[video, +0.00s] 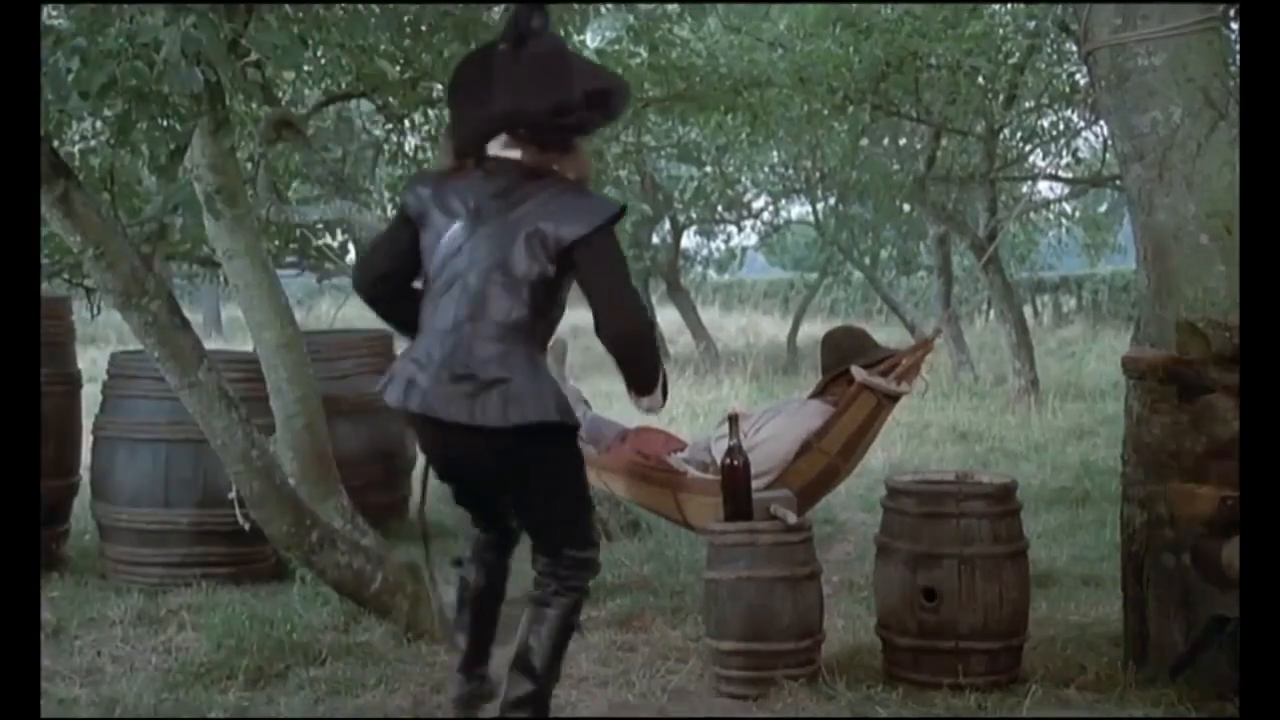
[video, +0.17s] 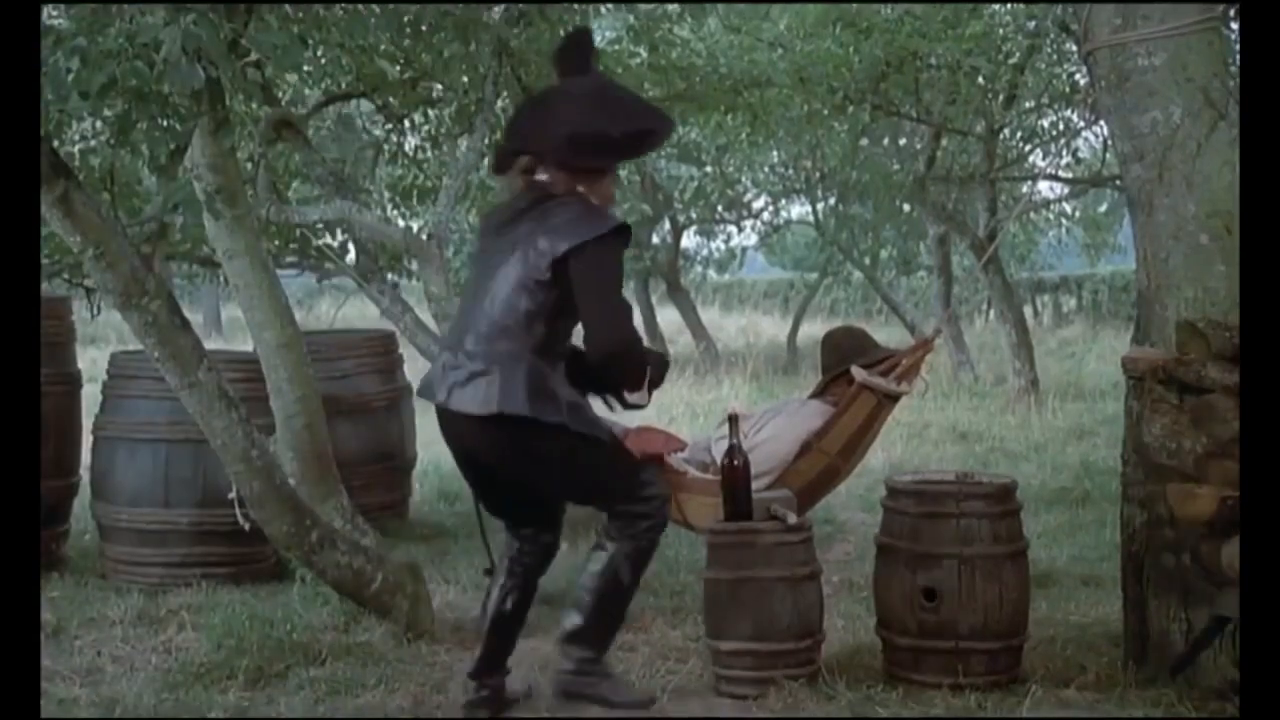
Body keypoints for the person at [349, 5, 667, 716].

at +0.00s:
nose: (589, 146)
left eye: (587, 132)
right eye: (583, 134)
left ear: (490, 129)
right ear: (562, 135)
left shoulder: (438, 193)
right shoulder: (573, 209)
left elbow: (373, 274)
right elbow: (621, 317)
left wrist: (432, 330)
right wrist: (646, 379)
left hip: (431, 410)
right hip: (519, 414)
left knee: (491, 528)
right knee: (568, 555)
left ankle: (469, 682)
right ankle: (525, 702)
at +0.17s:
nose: (615, 184)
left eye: (614, 169)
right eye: (612, 170)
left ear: (545, 160)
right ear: (592, 166)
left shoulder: (507, 216)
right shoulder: (587, 223)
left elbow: (526, 347)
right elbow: (611, 346)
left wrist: (602, 373)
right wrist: (641, 370)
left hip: (459, 411)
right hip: (519, 414)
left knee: (534, 531)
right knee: (642, 500)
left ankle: (486, 680)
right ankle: (582, 664)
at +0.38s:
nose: (680, 218)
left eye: (679, 204)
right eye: (677, 204)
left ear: (614, 195)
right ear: (663, 200)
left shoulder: (586, 240)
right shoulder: (645, 246)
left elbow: (637, 390)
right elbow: (659, 361)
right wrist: (696, 385)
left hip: (493, 401)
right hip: (535, 409)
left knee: (595, 481)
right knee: (662, 506)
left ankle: (534, 637)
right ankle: (631, 677)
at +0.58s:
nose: (727, 292)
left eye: (729, 278)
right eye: (724, 278)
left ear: (669, 265)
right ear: (697, 273)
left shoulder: (633, 300)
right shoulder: (669, 310)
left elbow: (672, 435)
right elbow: (691, 425)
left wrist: (761, 498)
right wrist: (732, 426)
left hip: (510, 436)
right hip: (541, 443)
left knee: (627, 511)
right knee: (686, 514)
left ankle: (563, 647)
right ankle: (633, 675)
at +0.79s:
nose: (738, 293)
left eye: (740, 280)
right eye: (736, 280)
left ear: (678, 268)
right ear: (707, 277)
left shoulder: (631, 299)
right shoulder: (670, 314)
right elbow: (687, 434)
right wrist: (732, 436)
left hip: (516, 436)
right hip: (544, 444)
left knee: (634, 513)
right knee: (688, 515)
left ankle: (564, 647)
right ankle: (633, 677)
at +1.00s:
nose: (748, 276)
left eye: (750, 262)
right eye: (746, 260)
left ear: (693, 254)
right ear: (716, 259)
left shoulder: (644, 285)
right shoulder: (676, 302)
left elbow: (652, 410)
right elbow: (689, 416)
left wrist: (699, 463)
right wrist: (732, 424)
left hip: (518, 409)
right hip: (543, 416)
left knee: (635, 510)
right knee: (682, 511)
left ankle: (563, 646)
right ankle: (634, 675)